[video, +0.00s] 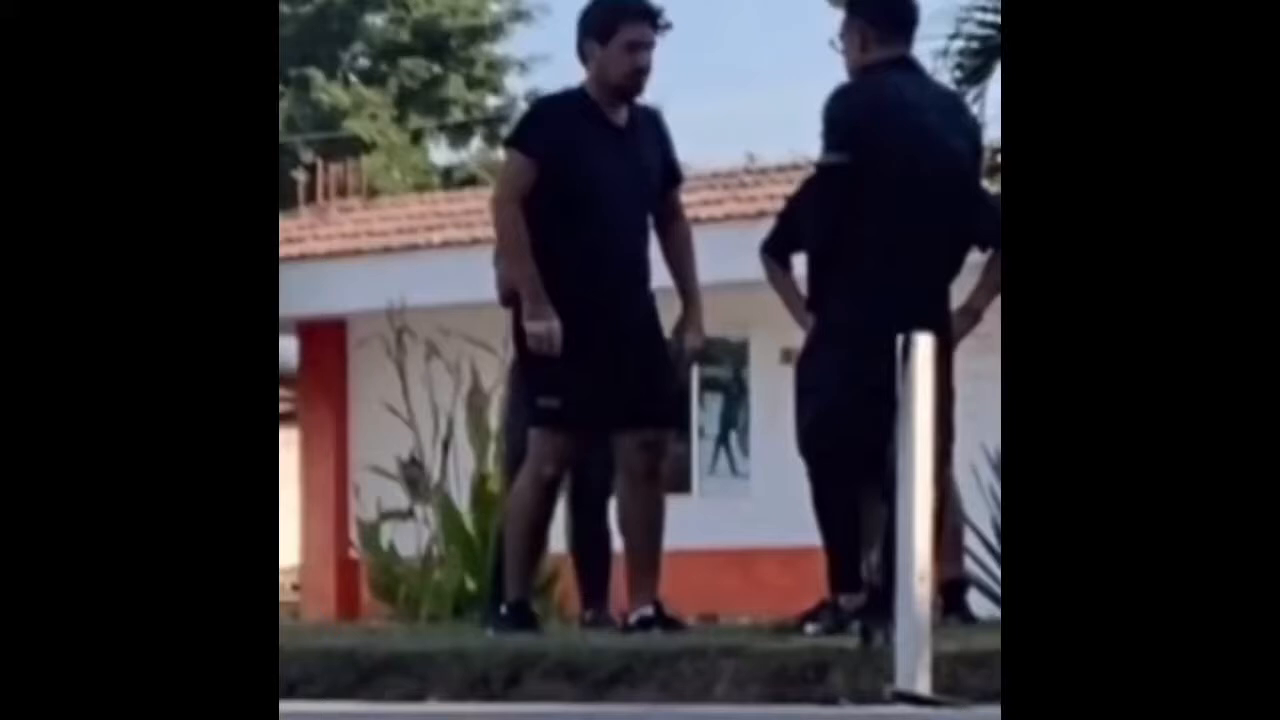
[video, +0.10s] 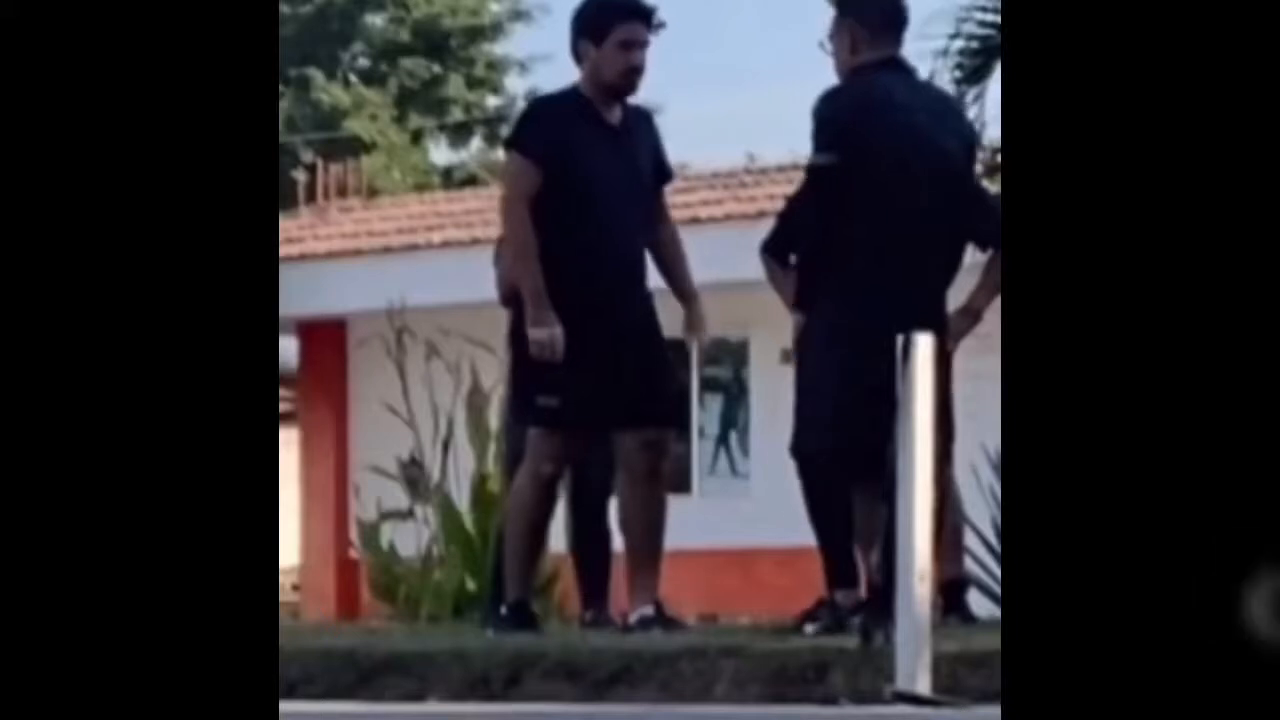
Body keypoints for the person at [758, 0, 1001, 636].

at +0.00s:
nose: (843, 51)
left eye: (846, 39)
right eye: (845, 40)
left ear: (860, 37)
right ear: (907, 36)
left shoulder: (850, 98)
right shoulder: (954, 107)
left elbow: (836, 194)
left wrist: (806, 307)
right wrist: (962, 317)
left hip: (850, 315)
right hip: (921, 316)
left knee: (834, 456)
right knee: (922, 460)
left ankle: (847, 592)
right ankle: (928, 591)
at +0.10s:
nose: (831, 49)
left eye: (834, 37)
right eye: (833, 38)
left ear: (850, 36)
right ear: (899, 36)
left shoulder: (842, 103)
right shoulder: (948, 111)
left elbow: (828, 191)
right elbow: (982, 221)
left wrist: (777, 250)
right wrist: (966, 312)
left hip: (841, 310)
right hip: (916, 310)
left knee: (819, 450)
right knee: (898, 456)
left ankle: (843, 592)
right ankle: (894, 597)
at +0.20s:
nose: (813, 54)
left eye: (816, 43)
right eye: (815, 43)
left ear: (834, 42)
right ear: (881, 40)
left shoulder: (825, 108)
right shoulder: (927, 114)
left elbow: (798, 222)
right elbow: (990, 226)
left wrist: (780, 304)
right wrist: (965, 316)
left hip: (837, 310)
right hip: (911, 314)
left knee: (775, 439)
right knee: (875, 461)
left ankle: (827, 576)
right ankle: (884, 598)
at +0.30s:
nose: (795, 57)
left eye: (799, 45)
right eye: (797, 46)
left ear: (818, 45)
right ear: (862, 44)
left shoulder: (809, 112)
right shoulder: (908, 119)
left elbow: (784, 222)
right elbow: (996, 230)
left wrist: (763, 304)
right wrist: (970, 314)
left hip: (824, 315)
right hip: (902, 320)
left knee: (746, 434)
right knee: (873, 472)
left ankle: (795, 575)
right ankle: (886, 608)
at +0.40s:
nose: (774, 70)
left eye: (776, 59)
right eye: (775, 59)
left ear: (791, 58)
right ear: (837, 55)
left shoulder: (786, 121)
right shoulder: (882, 114)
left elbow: (766, 226)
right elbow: (920, 201)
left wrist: (738, 309)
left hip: (803, 310)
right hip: (878, 313)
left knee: (716, 436)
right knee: (871, 471)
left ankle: (736, 585)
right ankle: (883, 604)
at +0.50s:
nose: (751, 78)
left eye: (755, 67)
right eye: (754, 67)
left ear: (770, 67)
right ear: (815, 66)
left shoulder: (765, 131)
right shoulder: (864, 124)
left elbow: (749, 235)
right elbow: (880, 226)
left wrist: (713, 305)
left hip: (784, 318)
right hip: (860, 319)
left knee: (692, 441)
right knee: (872, 474)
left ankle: (680, 592)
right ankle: (889, 608)